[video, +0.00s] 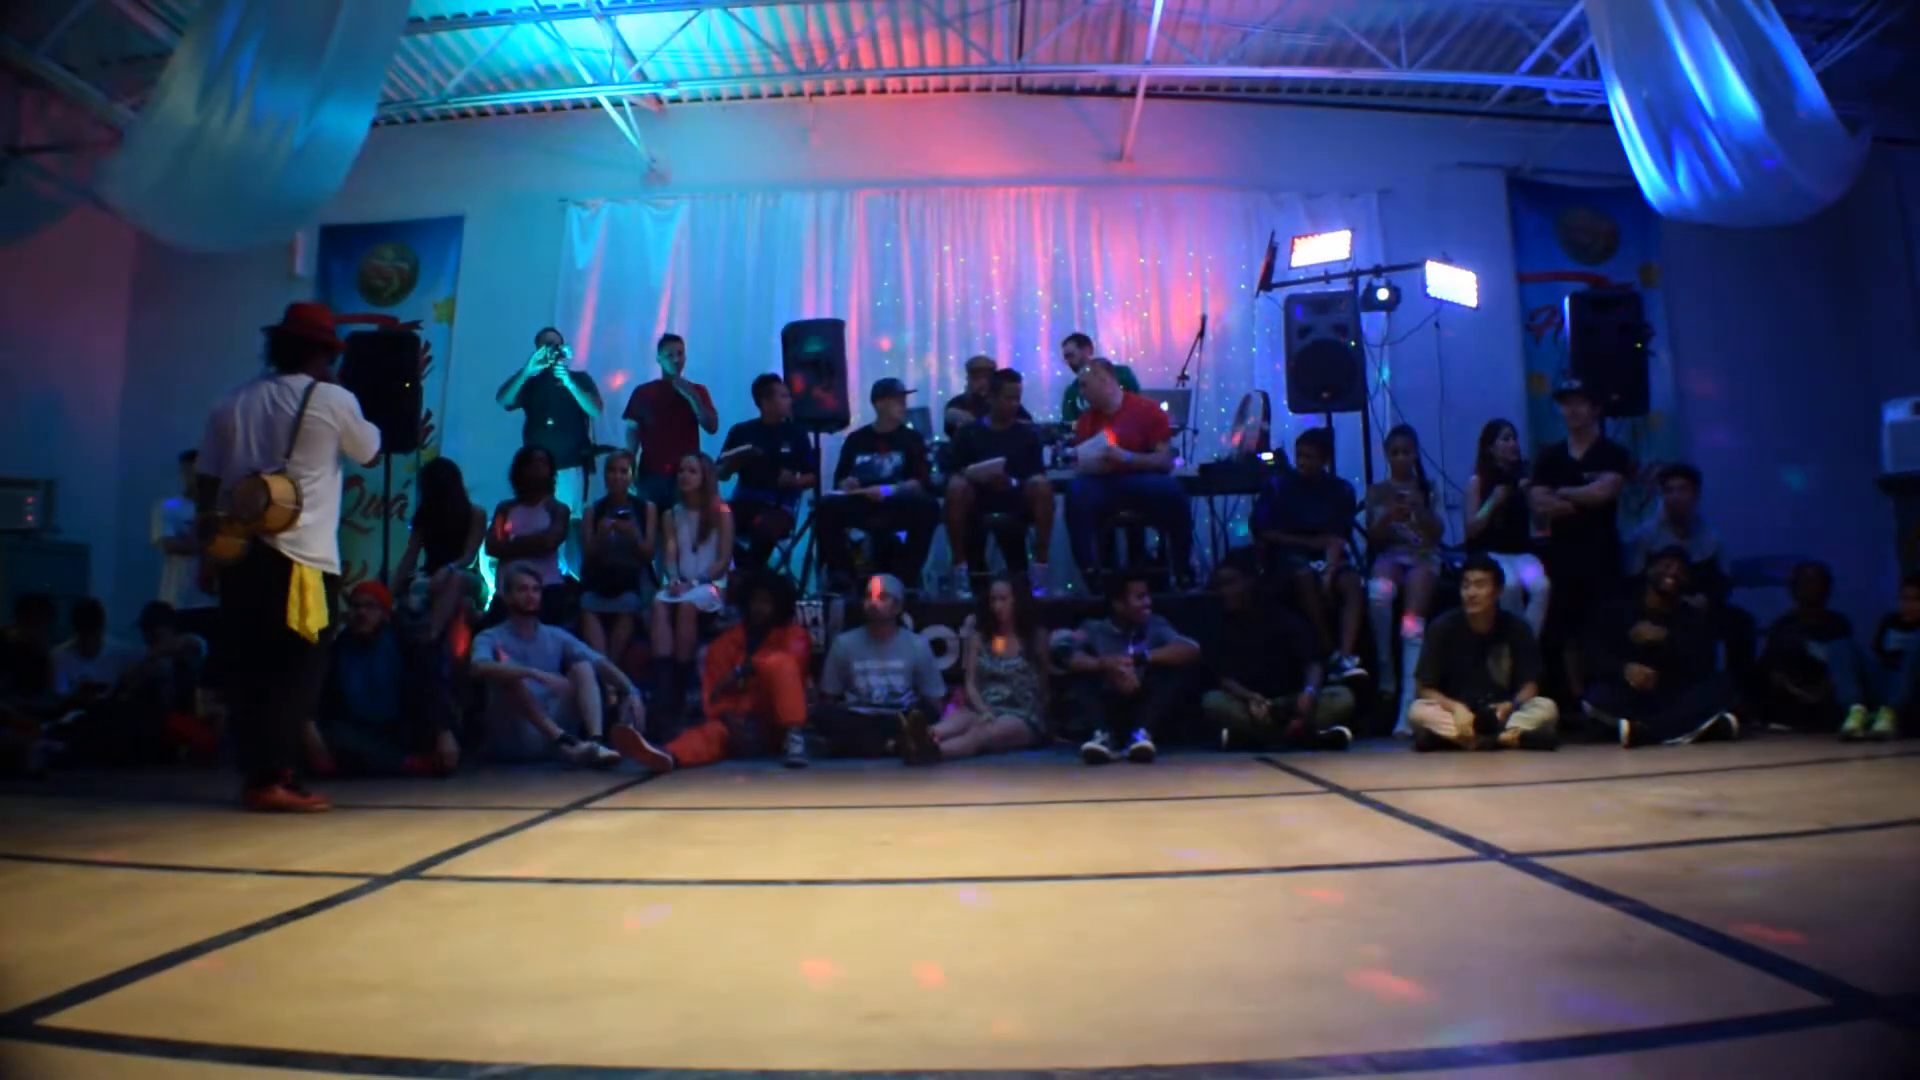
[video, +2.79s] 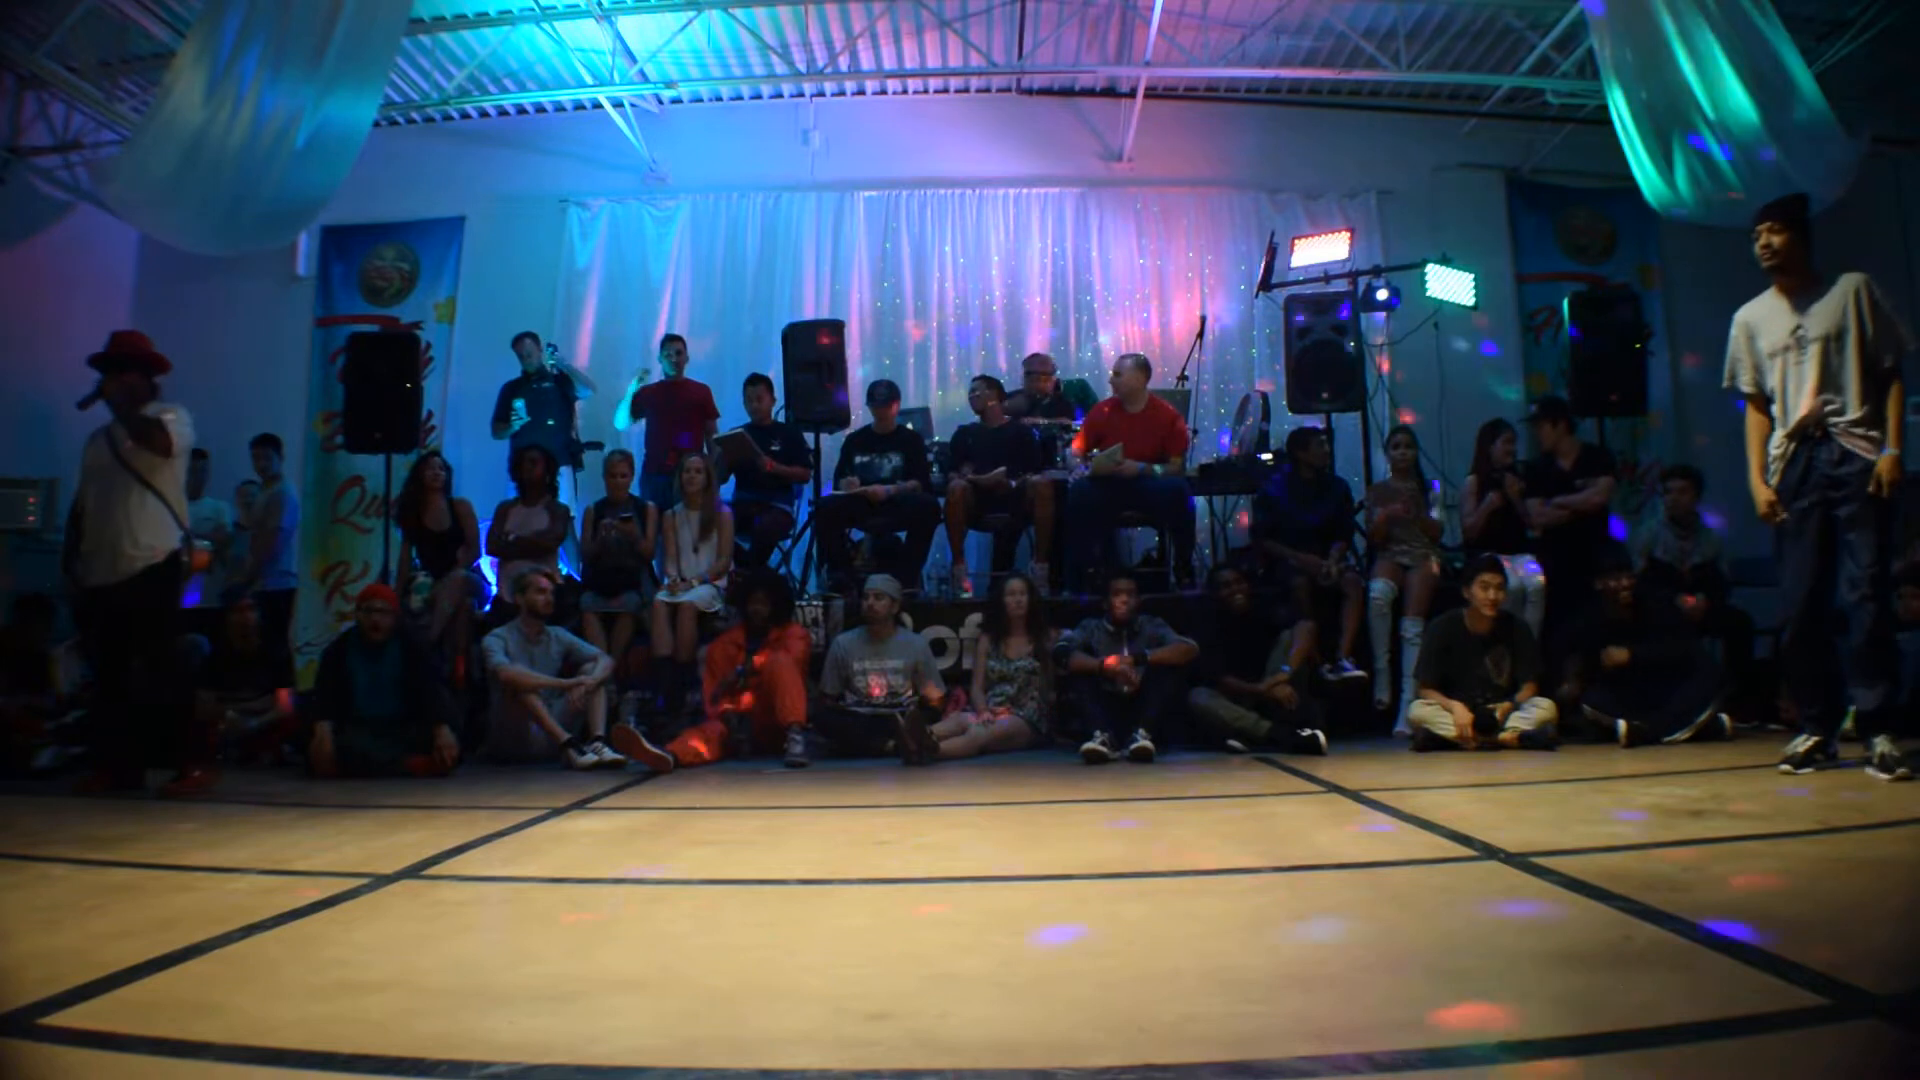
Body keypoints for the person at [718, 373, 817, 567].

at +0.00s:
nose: (788, 402)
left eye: (788, 396)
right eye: (782, 396)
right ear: (764, 402)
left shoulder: (796, 433)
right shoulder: (741, 431)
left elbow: (812, 476)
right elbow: (721, 473)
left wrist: (794, 480)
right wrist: (735, 461)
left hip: (779, 503)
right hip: (745, 499)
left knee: (765, 531)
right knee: (719, 523)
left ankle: (750, 575)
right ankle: (743, 563)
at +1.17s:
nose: (756, 402)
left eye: (762, 396)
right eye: (751, 397)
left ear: (775, 400)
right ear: (746, 402)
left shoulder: (790, 433)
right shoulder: (735, 434)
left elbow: (808, 473)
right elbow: (721, 479)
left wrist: (783, 496)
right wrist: (725, 460)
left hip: (775, 502)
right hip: (743, 502)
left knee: (767, 531)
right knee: (719, 522)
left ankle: (752, 573)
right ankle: (745, 564)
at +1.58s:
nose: (754, 401)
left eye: (760, 395)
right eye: (750, 396)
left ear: (773, 399)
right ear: (745, 401)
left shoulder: (788, 433)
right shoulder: (734, 435)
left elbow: (808, 472)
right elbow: (720, 477)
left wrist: (782, 496)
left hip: (774, 503)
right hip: (742, 502)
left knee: (767, 532)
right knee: (721, 524)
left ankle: (752, 573)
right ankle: (743, 565)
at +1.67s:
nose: (754, 402)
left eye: (760, 396)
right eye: (750, 396)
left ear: (773, 400)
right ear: (745, 401)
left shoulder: (788, 433)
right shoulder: (735, 435)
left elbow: (808, 472)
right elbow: (720, 474)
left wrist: (782, 496)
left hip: (774, 503)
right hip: (742, 502)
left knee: (766, 532)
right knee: (720, 525)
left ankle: (754, 573)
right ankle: (743, 564)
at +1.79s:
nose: (755, 402)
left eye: (760, 396)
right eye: (750, 397)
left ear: (773, 400)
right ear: (746, 402)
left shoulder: (789, 433)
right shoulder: (736, 436)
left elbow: (809, 471)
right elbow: (721, 477)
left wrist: (783, 493)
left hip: (776, 501)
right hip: (743, 501)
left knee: (767, 532)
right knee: (721, 524)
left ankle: (753, 572)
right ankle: (744, 564)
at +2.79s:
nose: (754, 406)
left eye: (759, 399)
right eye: (749, 400)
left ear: (772, 400)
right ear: (744, 403)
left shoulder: (789, 433)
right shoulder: (739, 434)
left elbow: (805, 473)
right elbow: (720, 477)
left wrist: (775, 468)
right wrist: (727, 455)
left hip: (777, 503)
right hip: (743, 501)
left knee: (766, 530)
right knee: (718, 524)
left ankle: (752, 574)